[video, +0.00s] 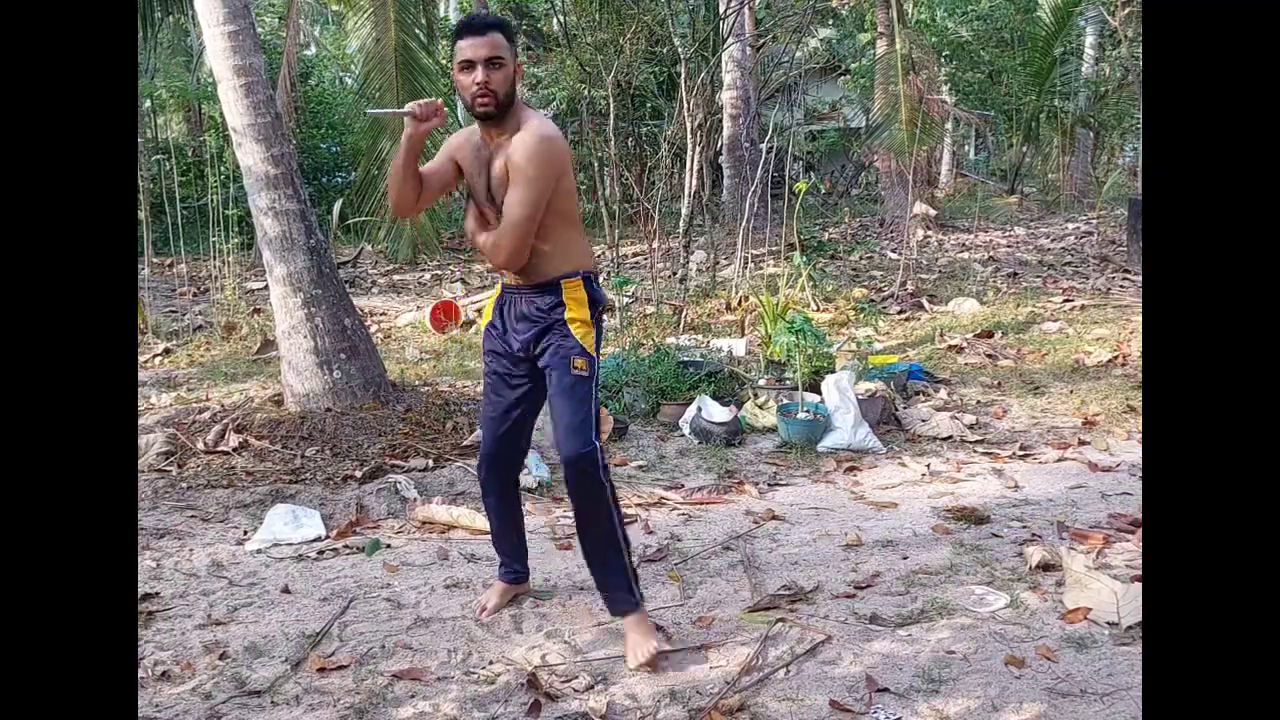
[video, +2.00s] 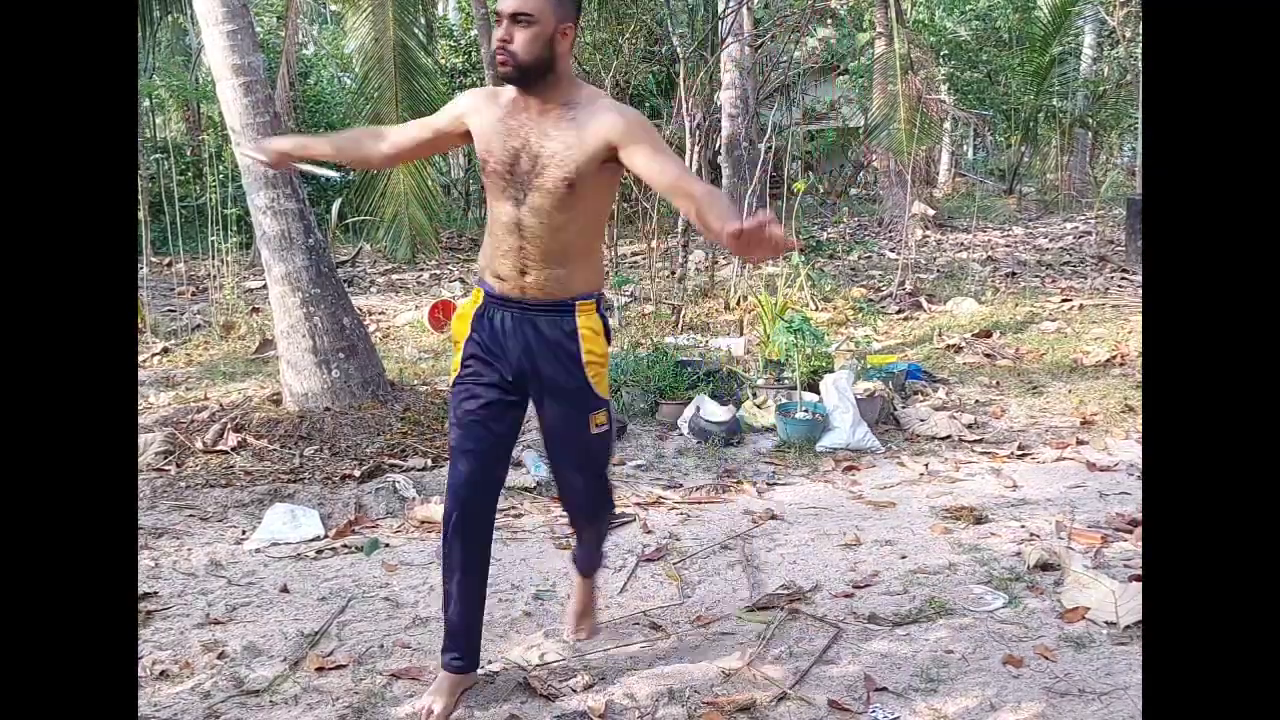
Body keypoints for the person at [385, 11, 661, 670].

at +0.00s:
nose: (481, 78)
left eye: (494, 63)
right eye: (468, 67)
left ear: (518, 70)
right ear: (455, 77)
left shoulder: (537, 140)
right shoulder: (465, 141)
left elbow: (507, 255)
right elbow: (404, 204)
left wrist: (475, 216)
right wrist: (409, 140)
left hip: (567, 308)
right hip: (511, 311)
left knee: (577, 454)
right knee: (495, 459)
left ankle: (630, 612)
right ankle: (513, 576)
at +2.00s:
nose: (502, 36)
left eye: (520, 23)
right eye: (498, 22)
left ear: (567, 31)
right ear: (491, 27)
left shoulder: (611, 122)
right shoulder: (478, 107)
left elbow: (687, 187)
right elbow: (384, 143)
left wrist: (732, 231)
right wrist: (294, 147)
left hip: (571, 330)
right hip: (491, 324)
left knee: (583, 490)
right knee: (465, 499)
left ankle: (587, 574)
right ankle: (456, 669)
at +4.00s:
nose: (823, 46)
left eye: (835, 30)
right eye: (807, 26)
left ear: (841, 34)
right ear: (760, 22)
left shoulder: (839, 129)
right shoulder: (693, 103)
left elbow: (873, 247)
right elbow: (574, 157)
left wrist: (839, 240)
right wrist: (595, 106)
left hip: (780, 334)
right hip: (701, 329)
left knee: (801, 521)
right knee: (680, 517)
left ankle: (768, 662)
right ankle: (609, 700)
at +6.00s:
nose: (729, 100)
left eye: (726, 90)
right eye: (729, 89)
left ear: (657, 86)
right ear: (715, 86)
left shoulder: (605, 167)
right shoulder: (737, 144)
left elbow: (587, 286)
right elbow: (827, 232)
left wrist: (700, 266)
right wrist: (805, 335)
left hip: (604, 379)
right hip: (673, 387)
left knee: (715, 490)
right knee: (649, 589)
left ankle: (716, 639)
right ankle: (556, 713)